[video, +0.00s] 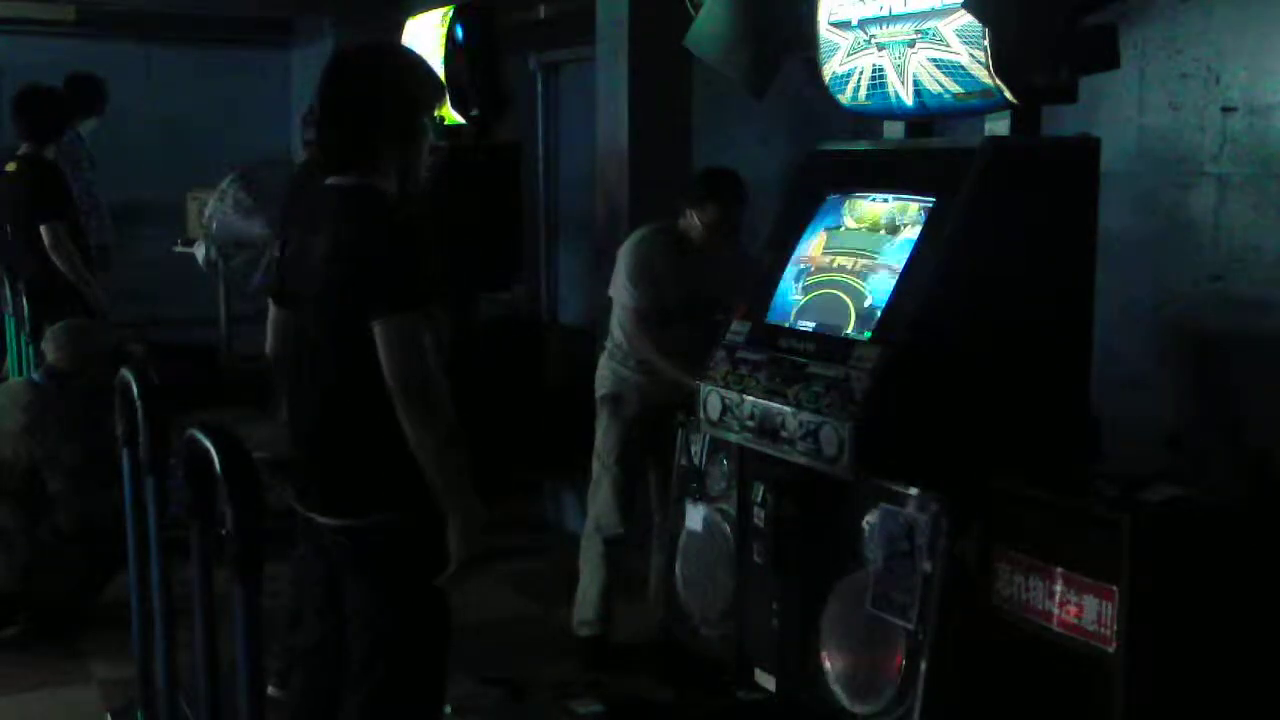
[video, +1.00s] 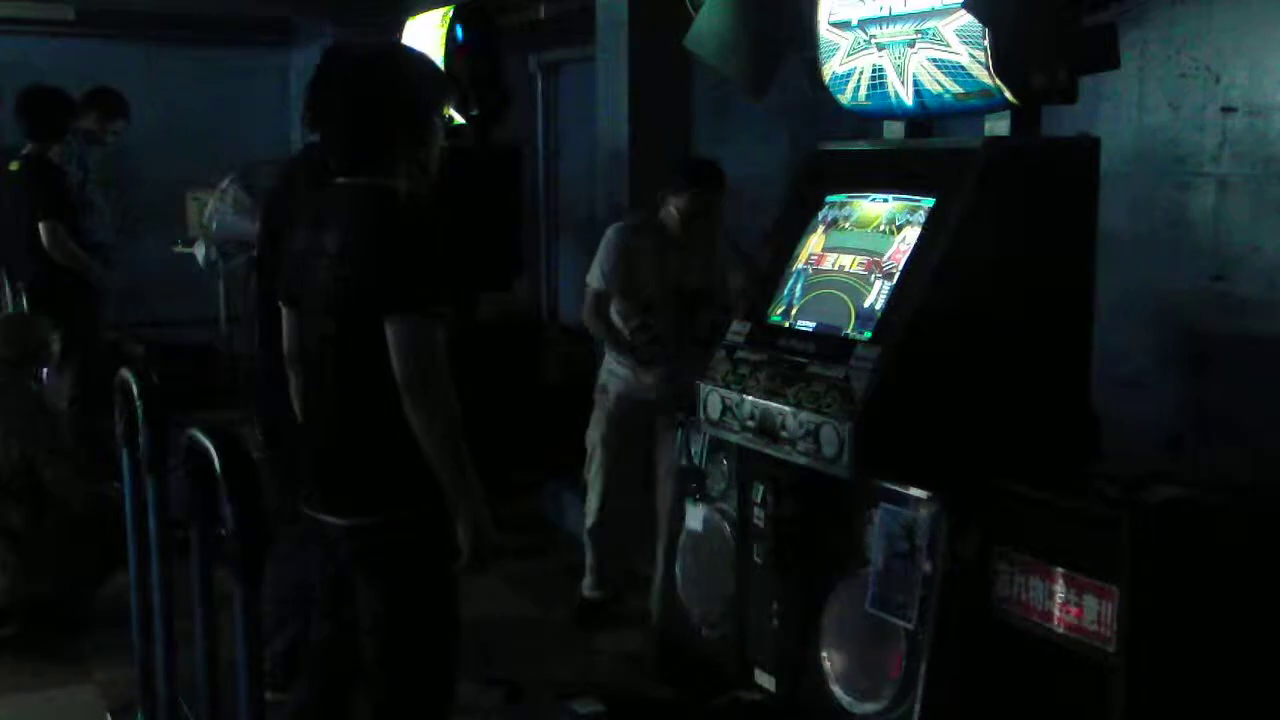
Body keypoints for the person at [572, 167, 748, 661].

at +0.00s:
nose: (720, 233)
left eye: (726, 223)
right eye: (714, 221)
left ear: (732, 221)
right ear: (690, 212)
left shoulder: (720, 258)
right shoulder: (645, 249)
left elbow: (737, 319)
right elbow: (631, 333)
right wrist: (686, 378)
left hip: (680, 389)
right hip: (626, 385)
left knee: (674, 507)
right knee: (612, 507)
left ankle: (667, 623)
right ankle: (591, 625)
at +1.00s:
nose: (693, 217)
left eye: (702, 208)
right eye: (688, 205)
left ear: (712, 208)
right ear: (669, 196)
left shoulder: (711, 246)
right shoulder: (624, 238)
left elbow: (726, 311)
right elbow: (593, 311)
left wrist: (699, 361)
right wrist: (637, 361)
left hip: (681, 386)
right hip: (623, 384)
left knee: (676, 499)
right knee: (606, 495)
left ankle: (668, 605)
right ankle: (597, 592)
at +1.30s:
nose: (622, 209)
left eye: (630, 199)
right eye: (614, 199)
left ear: (651, 195)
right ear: (606, 197)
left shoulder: (676, 241)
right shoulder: (594, 232)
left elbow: (708, 312)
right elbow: (572, 299)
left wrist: (676, 370)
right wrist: (592, 359)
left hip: (657, 385)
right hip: (603, 383)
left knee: (665, 503)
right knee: (595, 498)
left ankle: (667, 607)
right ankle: (604, 594)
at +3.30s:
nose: (581, 215)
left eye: (584, 204)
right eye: (576, 206)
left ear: (607, 193)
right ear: (594, 201)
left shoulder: (651, 230)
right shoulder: (615, 233)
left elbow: (678, 303)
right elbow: (625, 305)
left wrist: (685, 378)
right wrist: (617, 356)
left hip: (649, 374)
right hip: (617, 370)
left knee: (641, 487)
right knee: (618, 484)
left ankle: (654, 598)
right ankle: (634, 586)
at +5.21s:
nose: (598, 181)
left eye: (603, 172)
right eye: (599, 171)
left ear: (620, 177)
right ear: (629, 177)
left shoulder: (648, 230)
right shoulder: (633, 229)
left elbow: (644, 317)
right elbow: (629, 315)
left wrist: (624, 387)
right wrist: (608, 377)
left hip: (629, 385)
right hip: (611, 380)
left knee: (639, 493)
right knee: (623, 490)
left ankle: (653, 589)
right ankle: (633, 581)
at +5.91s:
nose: (599, 181)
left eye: (604, 172)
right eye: (599, 172)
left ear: (620, 177)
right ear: (635, 176)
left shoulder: (643, 231)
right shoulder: (638, 228)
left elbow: (632, 317)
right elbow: (624, 317)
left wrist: (612, 389)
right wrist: (603, 378)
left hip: (635, 389)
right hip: (623, 384)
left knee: (637, 494)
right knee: (618, 488)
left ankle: (651, 588)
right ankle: (634, 578)